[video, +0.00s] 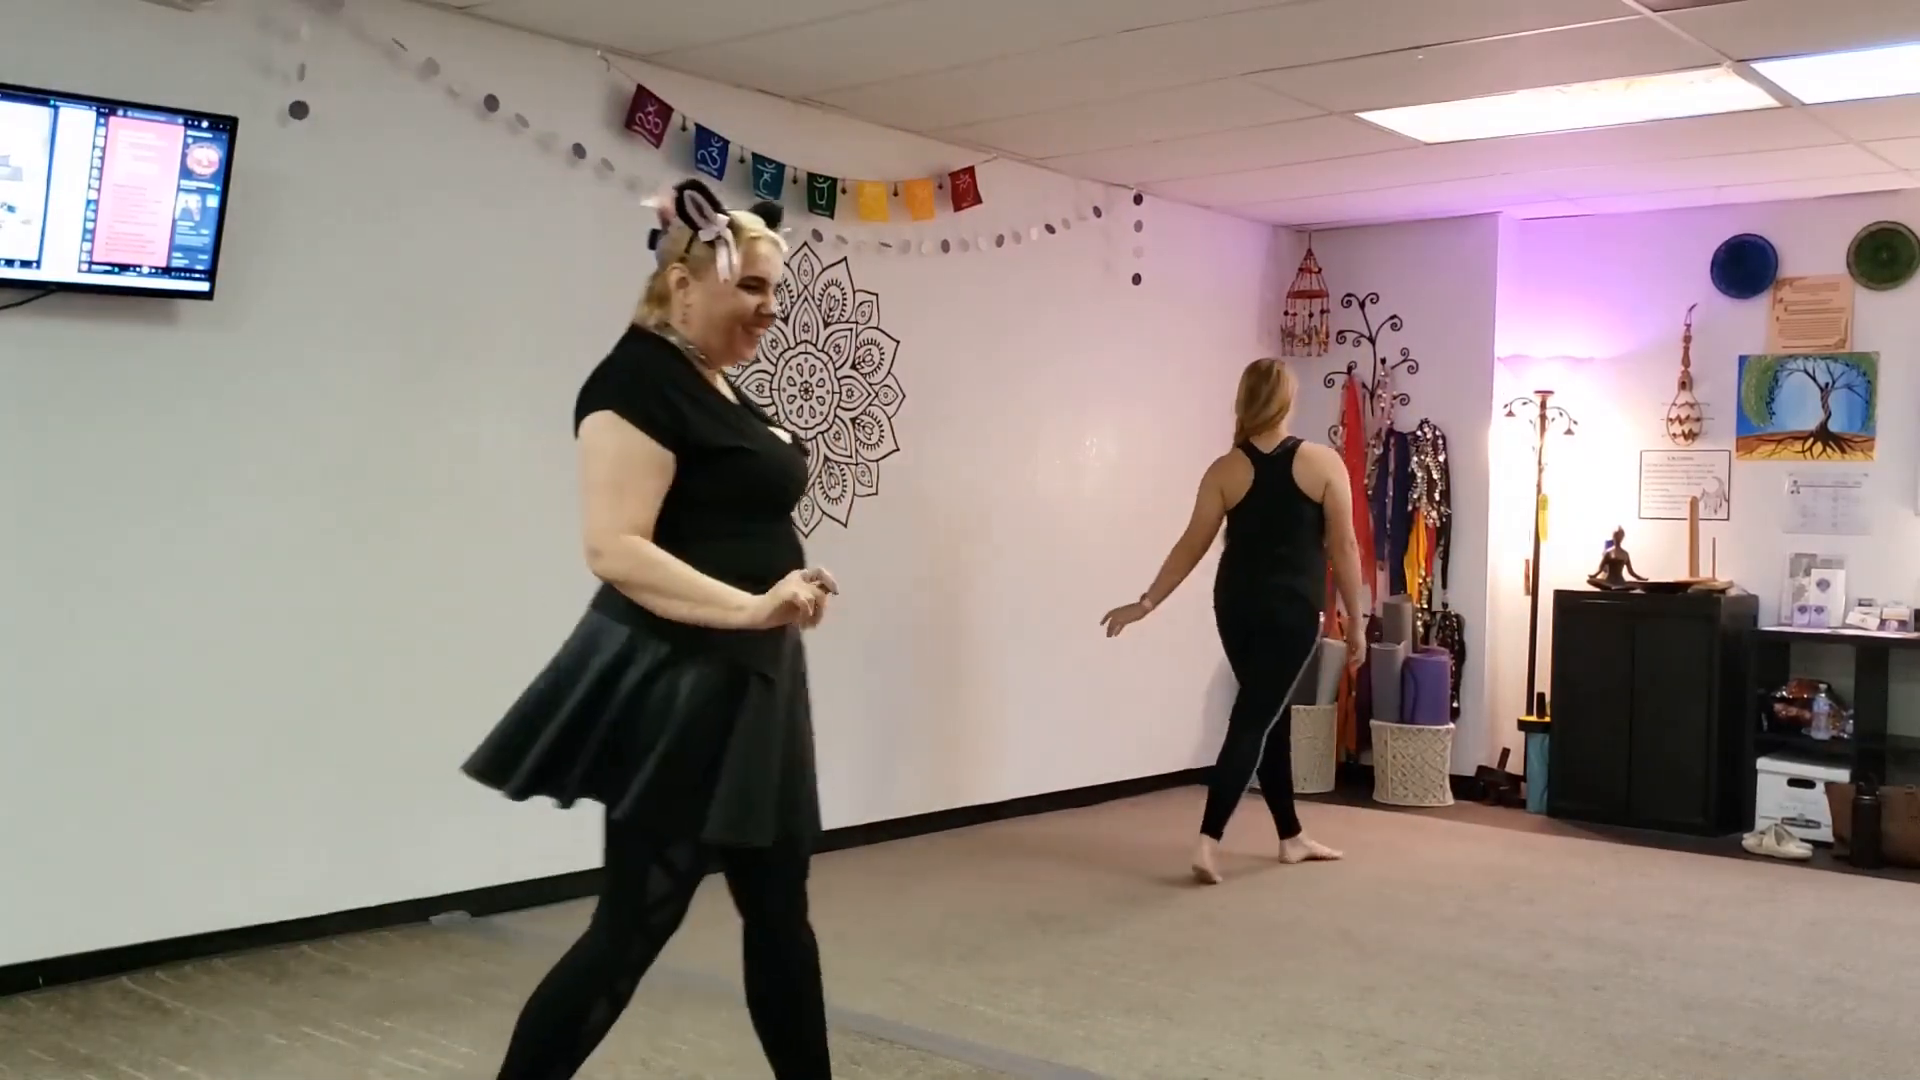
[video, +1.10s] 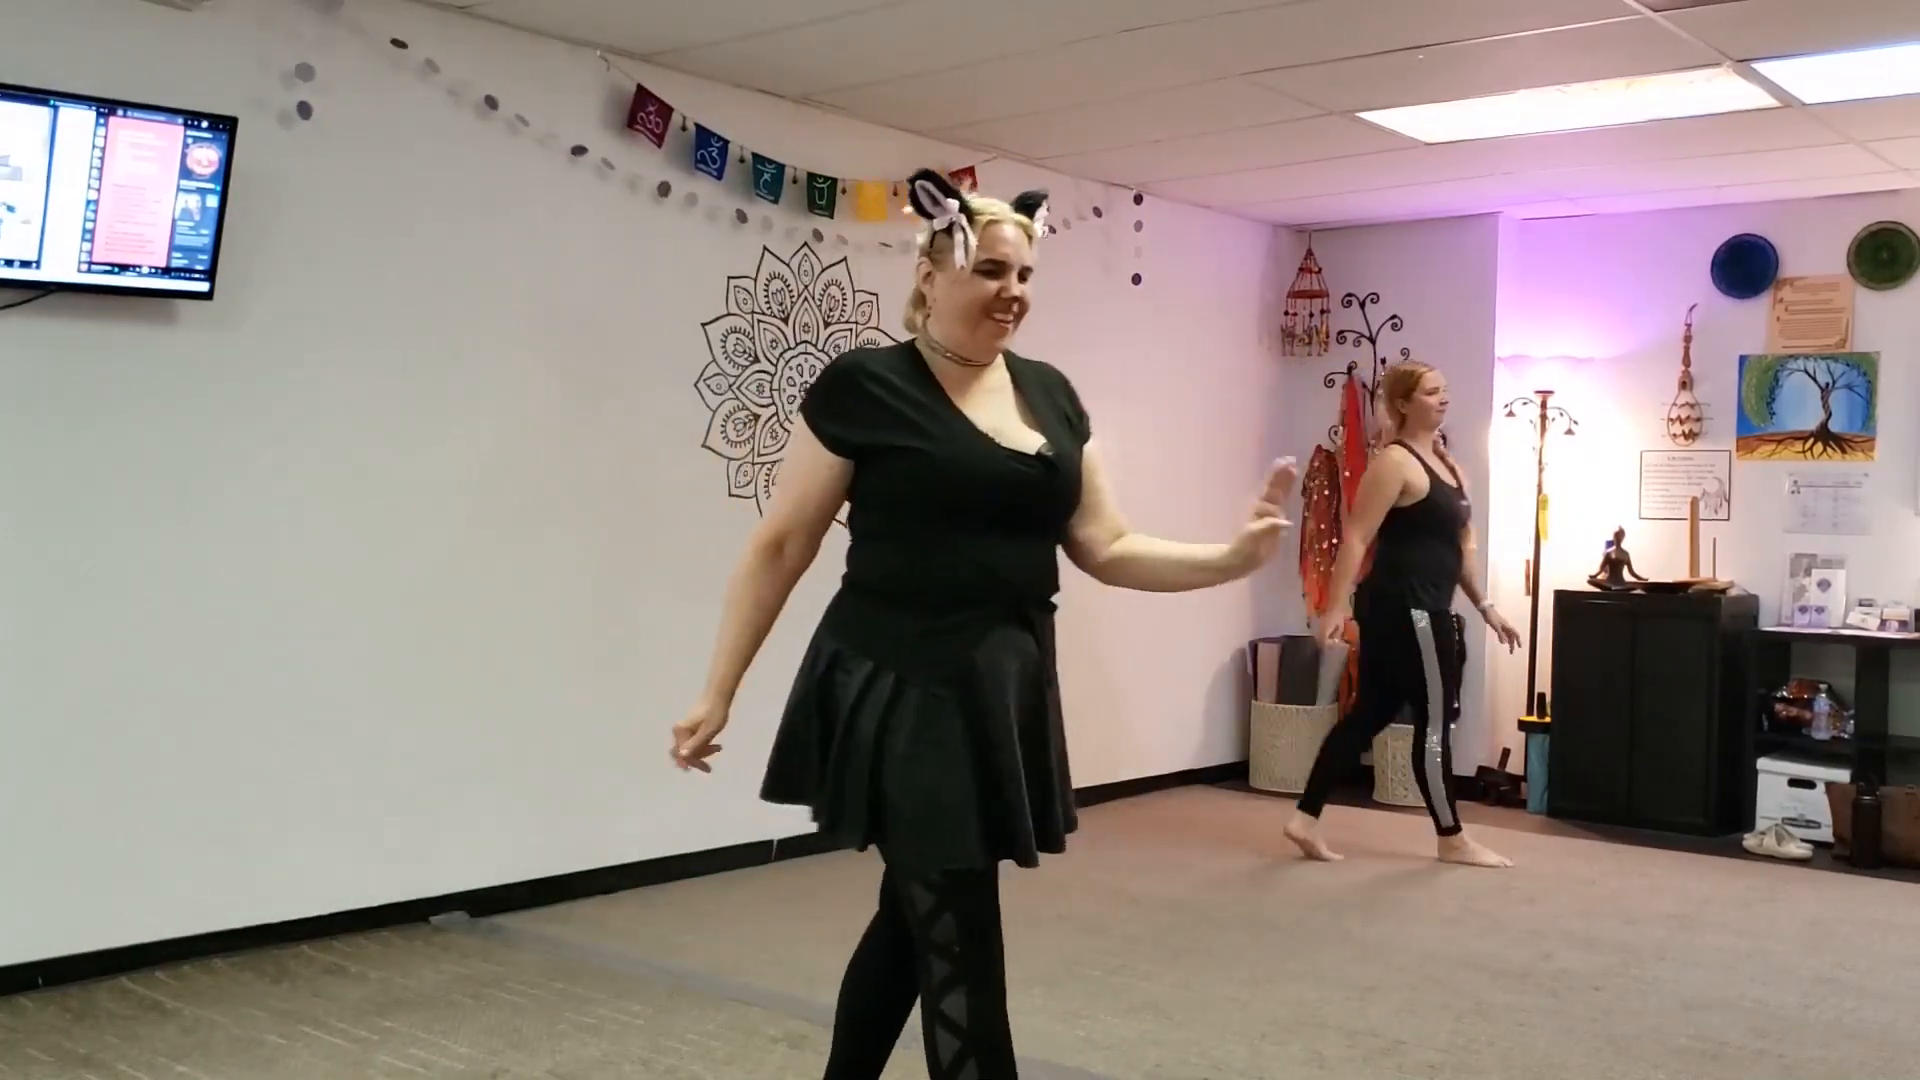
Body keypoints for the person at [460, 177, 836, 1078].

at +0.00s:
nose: (767, 308)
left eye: (774, 291)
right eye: (751, 285)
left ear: (764, 295)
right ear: (684, 280)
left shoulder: (720, 393)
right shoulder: (637, 379)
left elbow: (733, 533)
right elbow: (612, 548)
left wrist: (793, 579)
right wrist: (753, 607)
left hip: (761, 684)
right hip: (680, 687)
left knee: (782, 917)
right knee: (631, 928)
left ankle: (807, 1075)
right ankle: (524, 1074)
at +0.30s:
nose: (856, 301)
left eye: (862, 285)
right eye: (838, 280)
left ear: (858, 292)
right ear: (772, 284)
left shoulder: (811, 390)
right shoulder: (735, 375)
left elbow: (821, 531)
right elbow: (682, 534)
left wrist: (881, 628)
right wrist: (767, 646)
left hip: (852, 675)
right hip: (782, 681)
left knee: (823, 914)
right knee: (758, 920)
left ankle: (821, 1079)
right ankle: (585, 1072)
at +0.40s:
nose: (886, 311)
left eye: (891, 294)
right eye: (866, 290)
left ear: (887, 298)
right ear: (799, 293)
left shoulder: (840, 398)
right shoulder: (758, 381)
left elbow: (837, 498)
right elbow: (704, 537)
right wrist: (757, 680)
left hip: (872, 685)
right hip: (804, 687)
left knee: (839, 921)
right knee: (805, 929)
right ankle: (617, 1064)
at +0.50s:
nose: (909, 318)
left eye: (917, 301)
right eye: (890, 298)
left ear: (918, 304)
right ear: (826, 300)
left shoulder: (882, 407)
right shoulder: (774, 385)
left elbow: (960, 545)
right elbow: (716, 538)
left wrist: (956, 437)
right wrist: (732, 693)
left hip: (892, 686)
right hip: (818, 685)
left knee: (859, 935)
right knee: (850, 936)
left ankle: (829, 1078)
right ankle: (701, 1063)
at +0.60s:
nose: (932, 310)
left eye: (941, 294)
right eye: (912, 290)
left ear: (945, 299)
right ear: (847, 293)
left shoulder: (928, 408)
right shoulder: (788, 384)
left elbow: (1011, 534)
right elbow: (722, 534)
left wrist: (1045, 416)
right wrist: (706, 682)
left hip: (909, 677)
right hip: (821, 676)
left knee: (859, 914)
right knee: (905, 927)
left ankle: (821, 1069)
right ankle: (820, 1067)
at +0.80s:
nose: (963, 301)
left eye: (975, 284)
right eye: (942, 280)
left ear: (984, 290)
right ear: (880, 283)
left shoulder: (983, 395)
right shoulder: (815, 380)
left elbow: (1048, 544)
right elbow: (724, 528)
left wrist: (1144, 473)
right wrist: (682, 664)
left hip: (943, 672)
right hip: (835, 671)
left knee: (870, 908)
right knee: (944, 905)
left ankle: (831, 1078)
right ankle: (966, 1077)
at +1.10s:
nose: (1014, 291)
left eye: (1026, 275)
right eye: (992, 270)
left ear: (1034, 285)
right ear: (929, 275)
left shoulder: (1045, 394)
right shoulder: (866, 387)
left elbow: (1105, 546)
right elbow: (782, 545)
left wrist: (1235, 556)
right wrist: (716, 695)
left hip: (1006, 685)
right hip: (894, 683)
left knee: (910, 925)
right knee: (964, 935)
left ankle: (845, 1079)